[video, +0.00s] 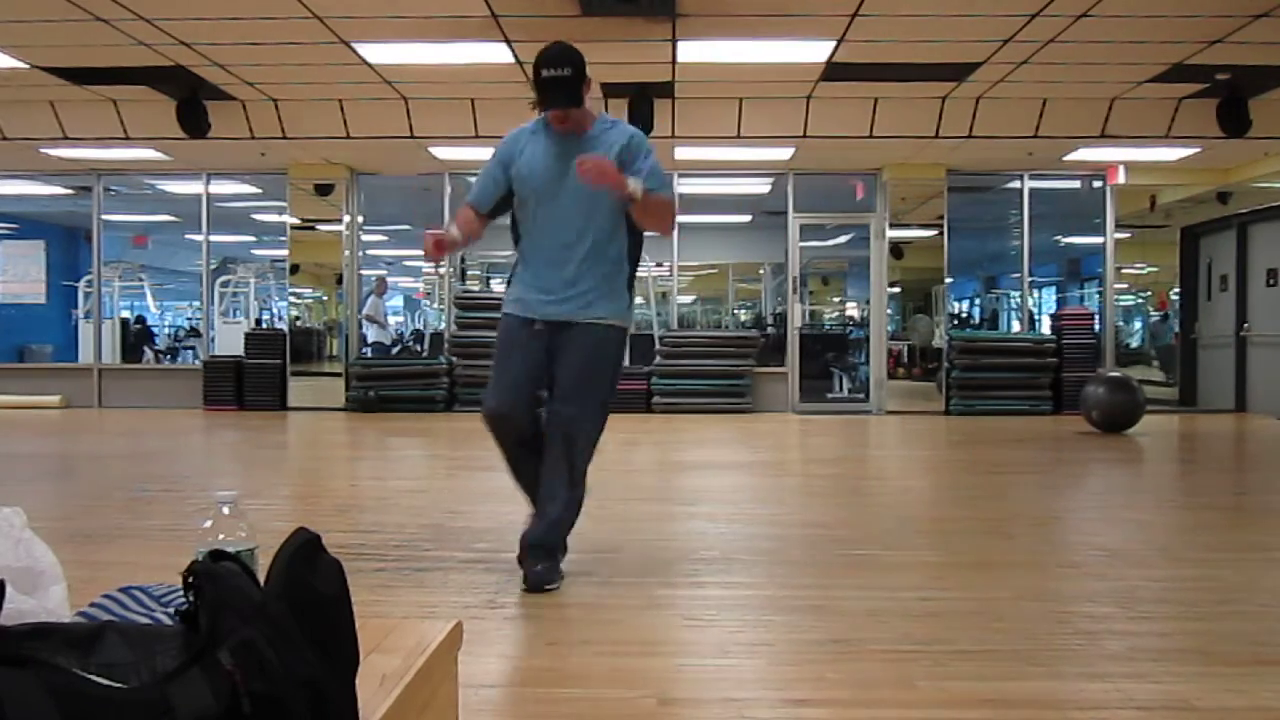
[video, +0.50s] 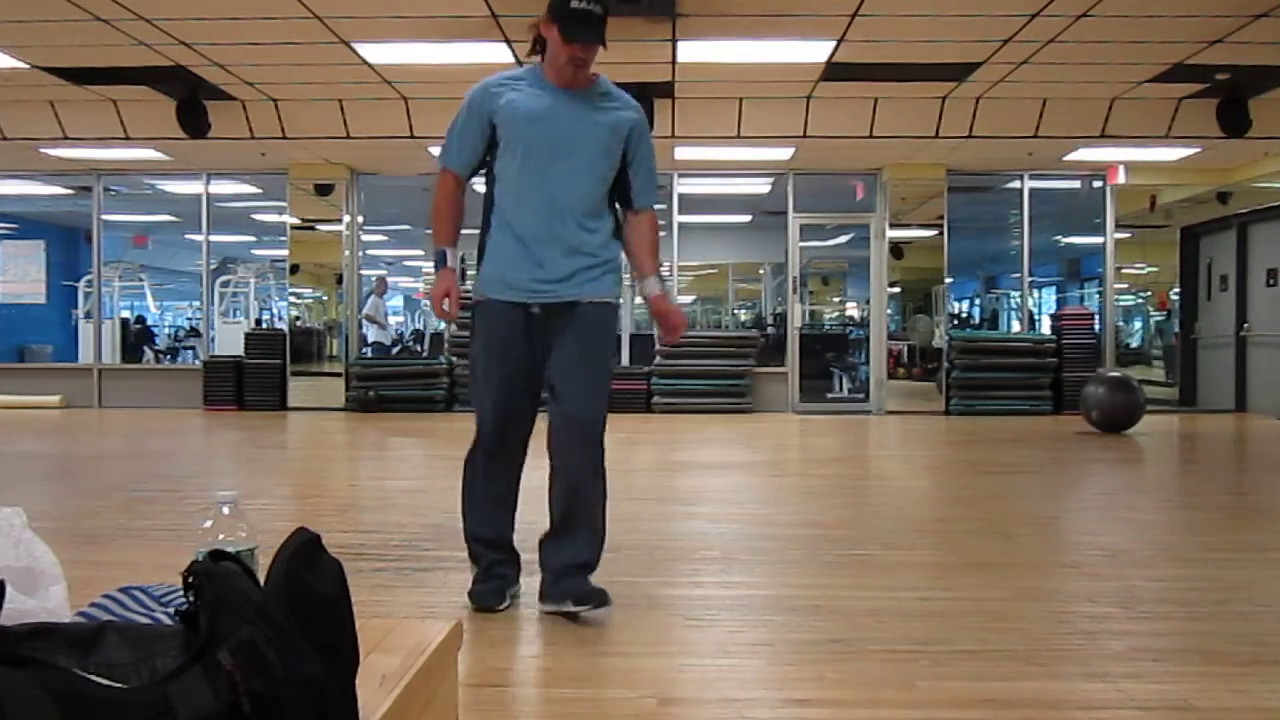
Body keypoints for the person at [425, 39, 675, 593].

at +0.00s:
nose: (559, 118)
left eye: (568, 108)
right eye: (549, 109)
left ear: (588, 91)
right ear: (537, 98)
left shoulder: (625, 141)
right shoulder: (519, 143)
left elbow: (665, 218)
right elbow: (477, 211)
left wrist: (623, 187)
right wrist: (453, 236)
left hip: (597, 308)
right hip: (528, 303)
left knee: (570, 426)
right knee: (503, 408)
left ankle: (544, 553)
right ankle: (552, 503)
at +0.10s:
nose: (556, 99)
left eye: (566, 90)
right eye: (547, 90)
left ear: (585, 77)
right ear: (535, 79)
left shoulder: (621, 136)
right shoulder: (510, 132)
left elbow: (639, 217)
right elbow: (481, 209)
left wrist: (612, 235)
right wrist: (467, 271)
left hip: (588, 304)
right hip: (519, 297)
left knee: (567, 430)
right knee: (495, 410)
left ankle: (547, 551)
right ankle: (504, 522)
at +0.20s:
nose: (562, 81)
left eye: (572, 70)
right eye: (553, 69)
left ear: (588, 64)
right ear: (533, 61)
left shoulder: (616, 121)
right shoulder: (500, 119)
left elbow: (629, 210)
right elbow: (476, 202)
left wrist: (612, 289)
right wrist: (469, 278)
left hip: (579, 298)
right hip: (506, 292)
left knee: (564, 430)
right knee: (489, 426)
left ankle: (545, 555)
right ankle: (488, 566)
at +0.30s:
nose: (563, 81)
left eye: (574, 70)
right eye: (554, 69)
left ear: (589, 66)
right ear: (533, 60)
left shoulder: (615, 132)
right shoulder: (491, 122)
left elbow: (633, 220)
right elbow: (454, 199)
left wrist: (632, 312)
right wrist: (453, 284)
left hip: (573, 308)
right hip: (495, 303)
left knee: (559, 428)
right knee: (482, 431)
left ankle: (551, 538)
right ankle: (490, 567)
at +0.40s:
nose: (569, 77)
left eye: (579, 67)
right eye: (559, 66)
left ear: (592, 56)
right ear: (535, 46)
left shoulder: (619, 122)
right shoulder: (488, 108)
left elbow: (640, 215)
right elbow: (448, 187)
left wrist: (641, 301)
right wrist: (443, 275)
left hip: (576, 299)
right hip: (495, 298)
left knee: (572, 424)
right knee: (483, 434)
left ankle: (561, 544)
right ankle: (491, 568)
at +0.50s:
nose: (583, 64)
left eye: (592, 54)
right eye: (573, 51)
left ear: (604, 44)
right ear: (545, 31)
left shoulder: (624, 114)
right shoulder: (494, 98)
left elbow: (639, 210)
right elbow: (451, 178)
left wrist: (654, 289)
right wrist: (445, 264)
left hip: (588, 298)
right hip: (504, 295)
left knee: (580, 438)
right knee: (497, 437)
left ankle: (568, 578)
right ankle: (492, 571)